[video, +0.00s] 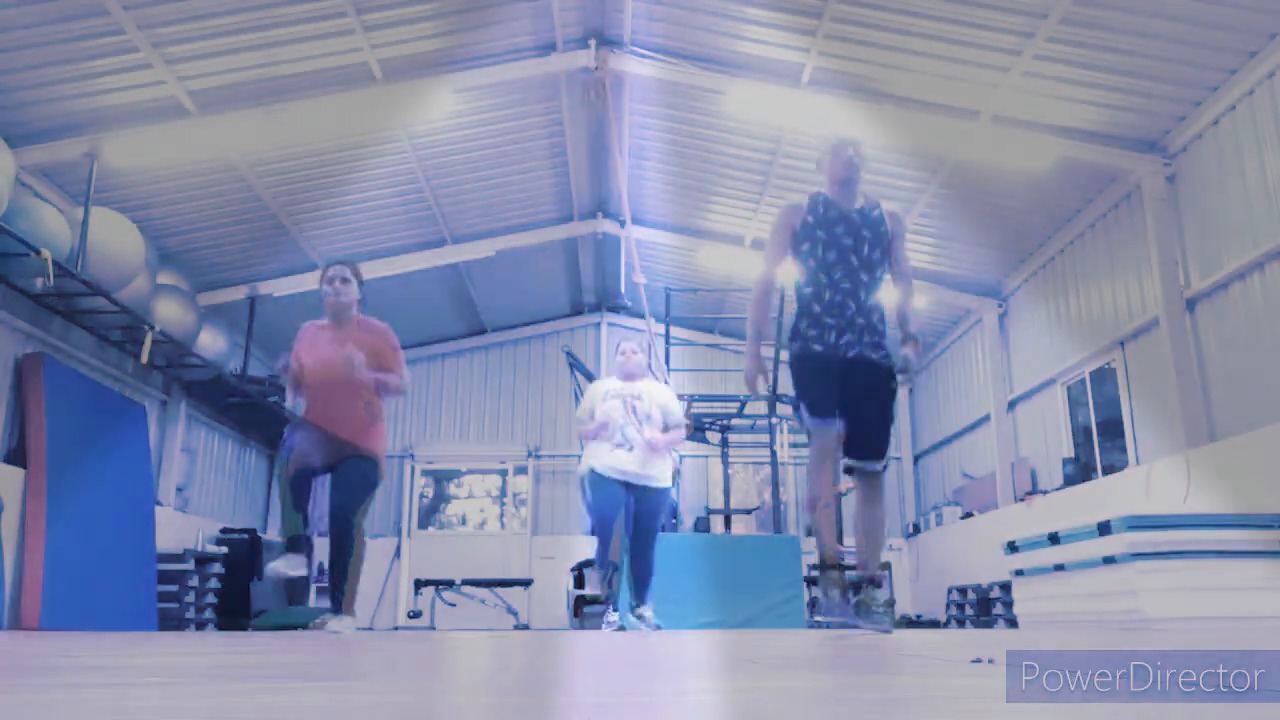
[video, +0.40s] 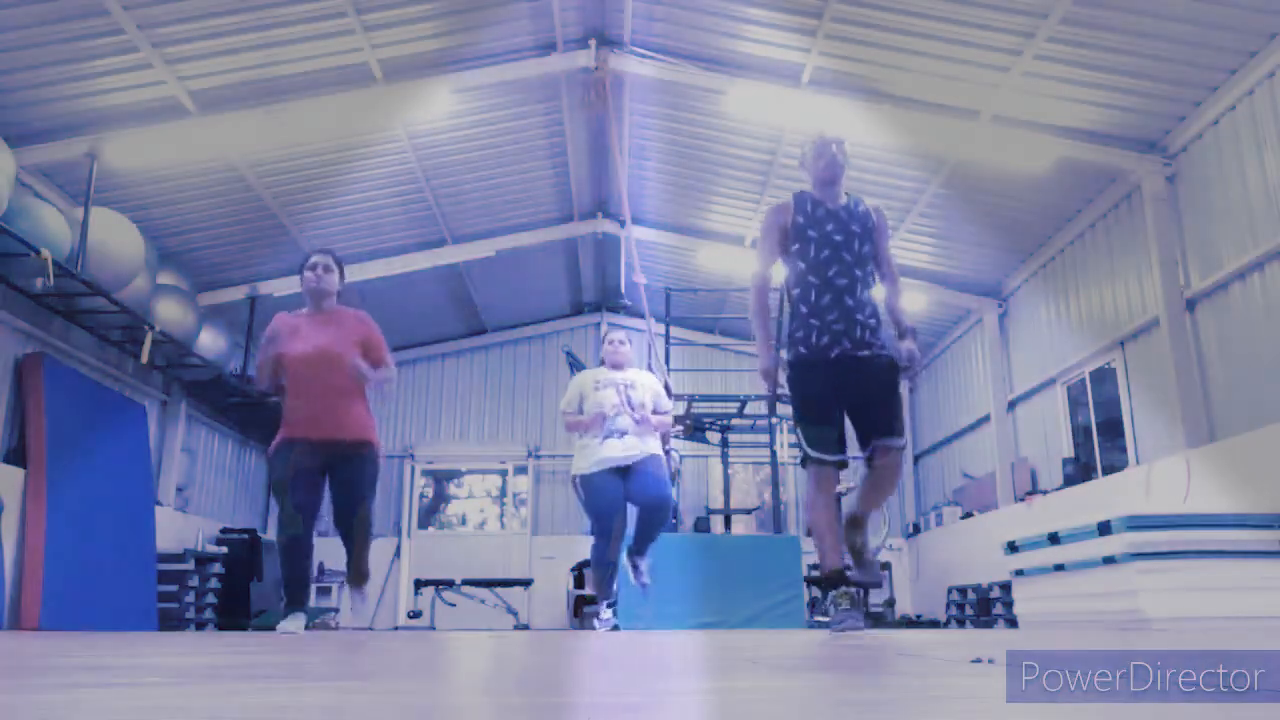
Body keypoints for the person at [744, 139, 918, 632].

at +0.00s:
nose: (848, 158)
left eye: (854, 153)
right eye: (839, 153)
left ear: (864, 168)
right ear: (822, 166)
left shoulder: (886, 218)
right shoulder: (798, 213)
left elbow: (903, 283)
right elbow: (766, 282)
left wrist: (907, 332)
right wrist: (755, 351)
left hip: (872, 350)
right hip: (815, 345)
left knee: (870, 474)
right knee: (825, 444)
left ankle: (871, 586)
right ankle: (830, 577)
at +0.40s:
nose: (830, 158)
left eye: (837, 152)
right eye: (821, 153)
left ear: (846, 164)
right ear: (805, 165)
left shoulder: (870, 216)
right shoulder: (783, 214)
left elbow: (891, 282)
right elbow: (761, 283)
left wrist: (905, 332)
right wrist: (767, 351)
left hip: (870, 352)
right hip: (811, 354)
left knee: (889, 456)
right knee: (824, 470)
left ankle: (857, 523)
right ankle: (837, 590)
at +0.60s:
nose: (830, 192)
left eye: (836, 187)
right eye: (822, 187)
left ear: (846, 203)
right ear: (809, 203)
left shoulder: (870, 259)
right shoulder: (790, 253)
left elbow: (888, 319)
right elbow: (772, 324)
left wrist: (911, 371)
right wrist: (784, 382)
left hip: (864, 370)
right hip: (813, 375)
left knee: (895, 413)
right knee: (831, 489)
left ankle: (869, 472)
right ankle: (836, 601)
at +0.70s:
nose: (833, 186)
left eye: (839, 181)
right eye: (825, 180)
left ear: (848, 195)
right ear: (811, 196)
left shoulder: (871, 251)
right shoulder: (791, 245)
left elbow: (889, 313)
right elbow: (771, 308)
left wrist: (912, 367)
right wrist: (782, 366)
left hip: (866, 369)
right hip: (813, 373)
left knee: (896, 410)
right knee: (829, 485)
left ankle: (876, 490)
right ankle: (836, 600)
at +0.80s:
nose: (840, 168)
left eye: (847, 162)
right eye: (833, 161)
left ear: (855, 174)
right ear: (817, 171)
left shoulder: (875, 229)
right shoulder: (792, 222)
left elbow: (895, 294)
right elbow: (766, 286)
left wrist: (911, 350)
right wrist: (784, 339)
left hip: (872, 353)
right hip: (813, 355)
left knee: (893, 431)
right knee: (820, 477)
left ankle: (882, 545)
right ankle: (831, 593)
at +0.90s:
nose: (846, 171)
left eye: (852, 165)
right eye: (837, 164)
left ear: (861, 177)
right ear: (822, 174)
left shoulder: (879, 229)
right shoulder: (799, 223)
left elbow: (901, 291)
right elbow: (766, 285)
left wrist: (909, 347)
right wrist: (784, 335)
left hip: (877, 361)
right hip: (816, 362)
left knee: (890, 466)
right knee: (814, 483)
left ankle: (895, 587)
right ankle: (811, 594)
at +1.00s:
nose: (853, 203)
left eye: (860, 197)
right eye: (846, 196)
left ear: (868, 204)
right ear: (831, 201)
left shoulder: (885, 262)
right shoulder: (804, 255)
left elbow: (905, 328)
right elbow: (773, 322)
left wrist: (919, 380)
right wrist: (791, 364)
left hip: (881, 388)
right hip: (822, 389)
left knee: (900, 486)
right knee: (814, 501)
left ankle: (890, 603)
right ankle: (795, 600)